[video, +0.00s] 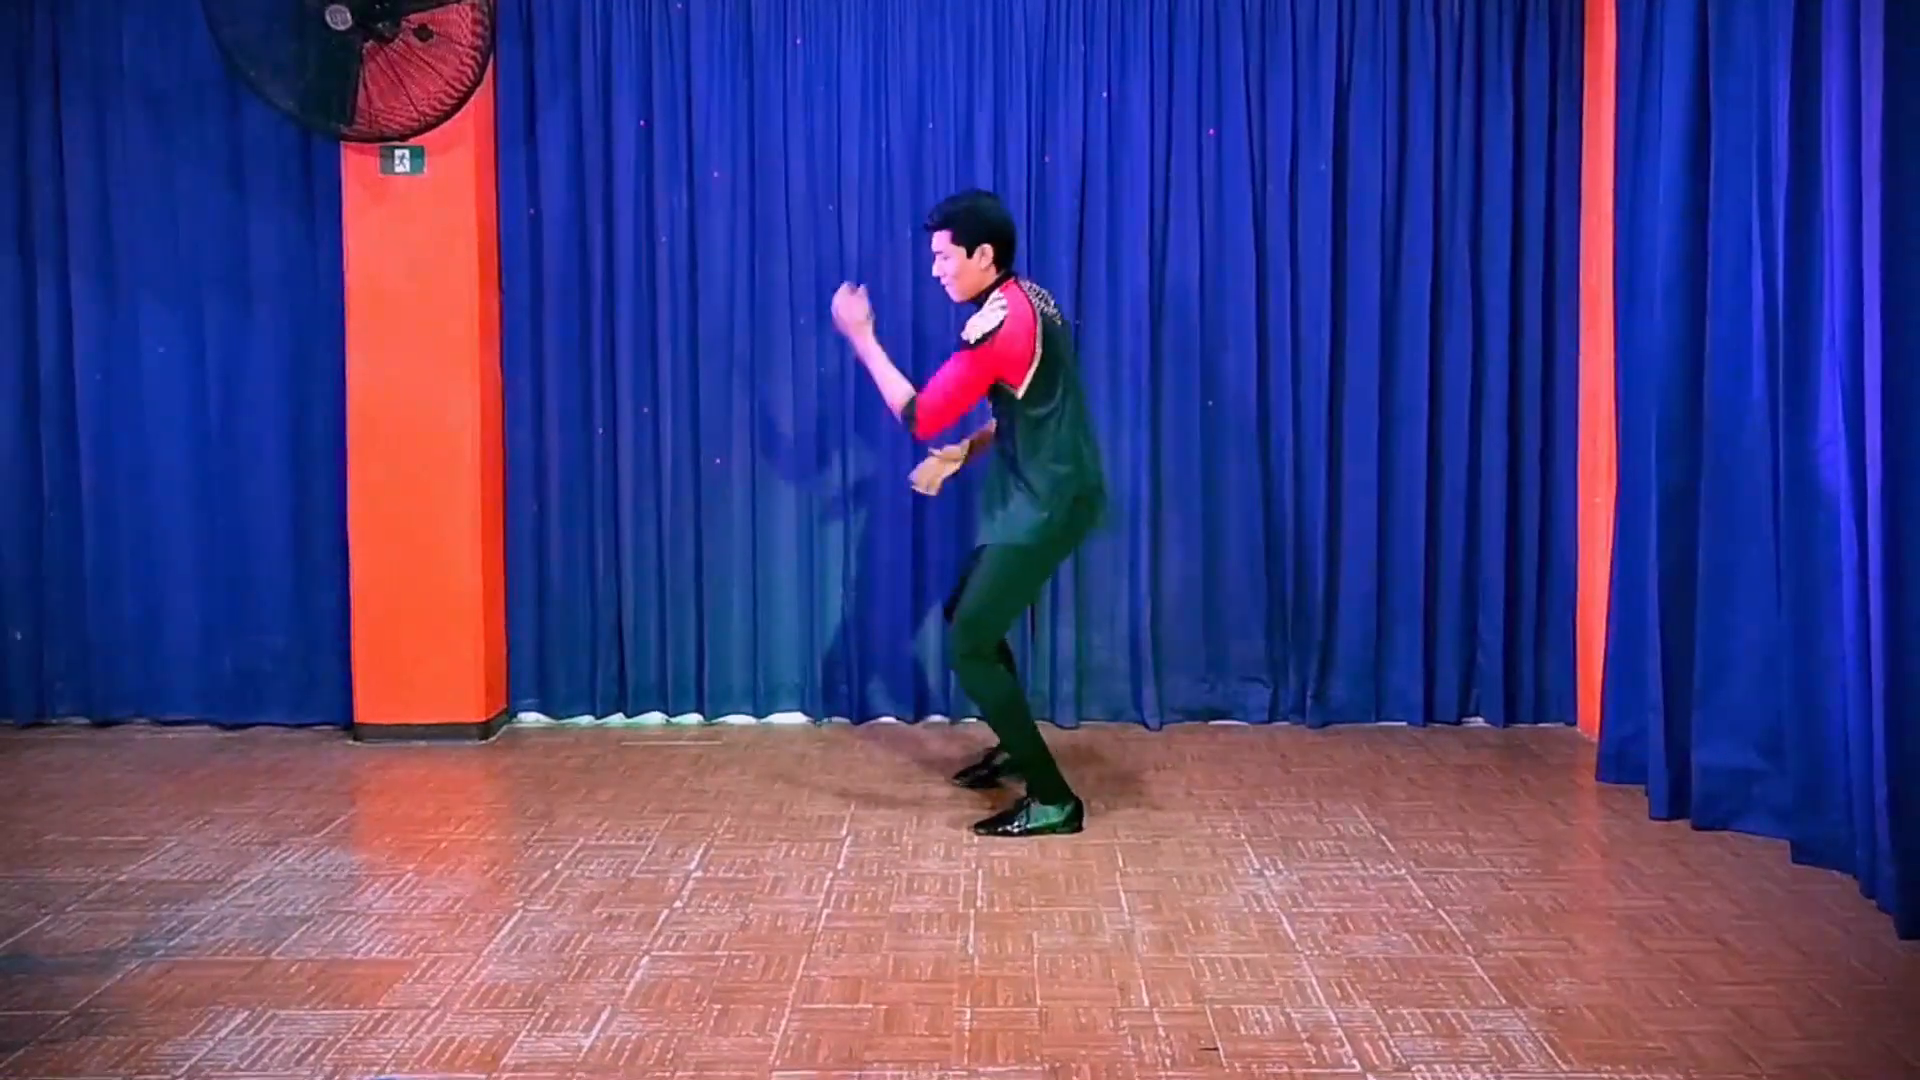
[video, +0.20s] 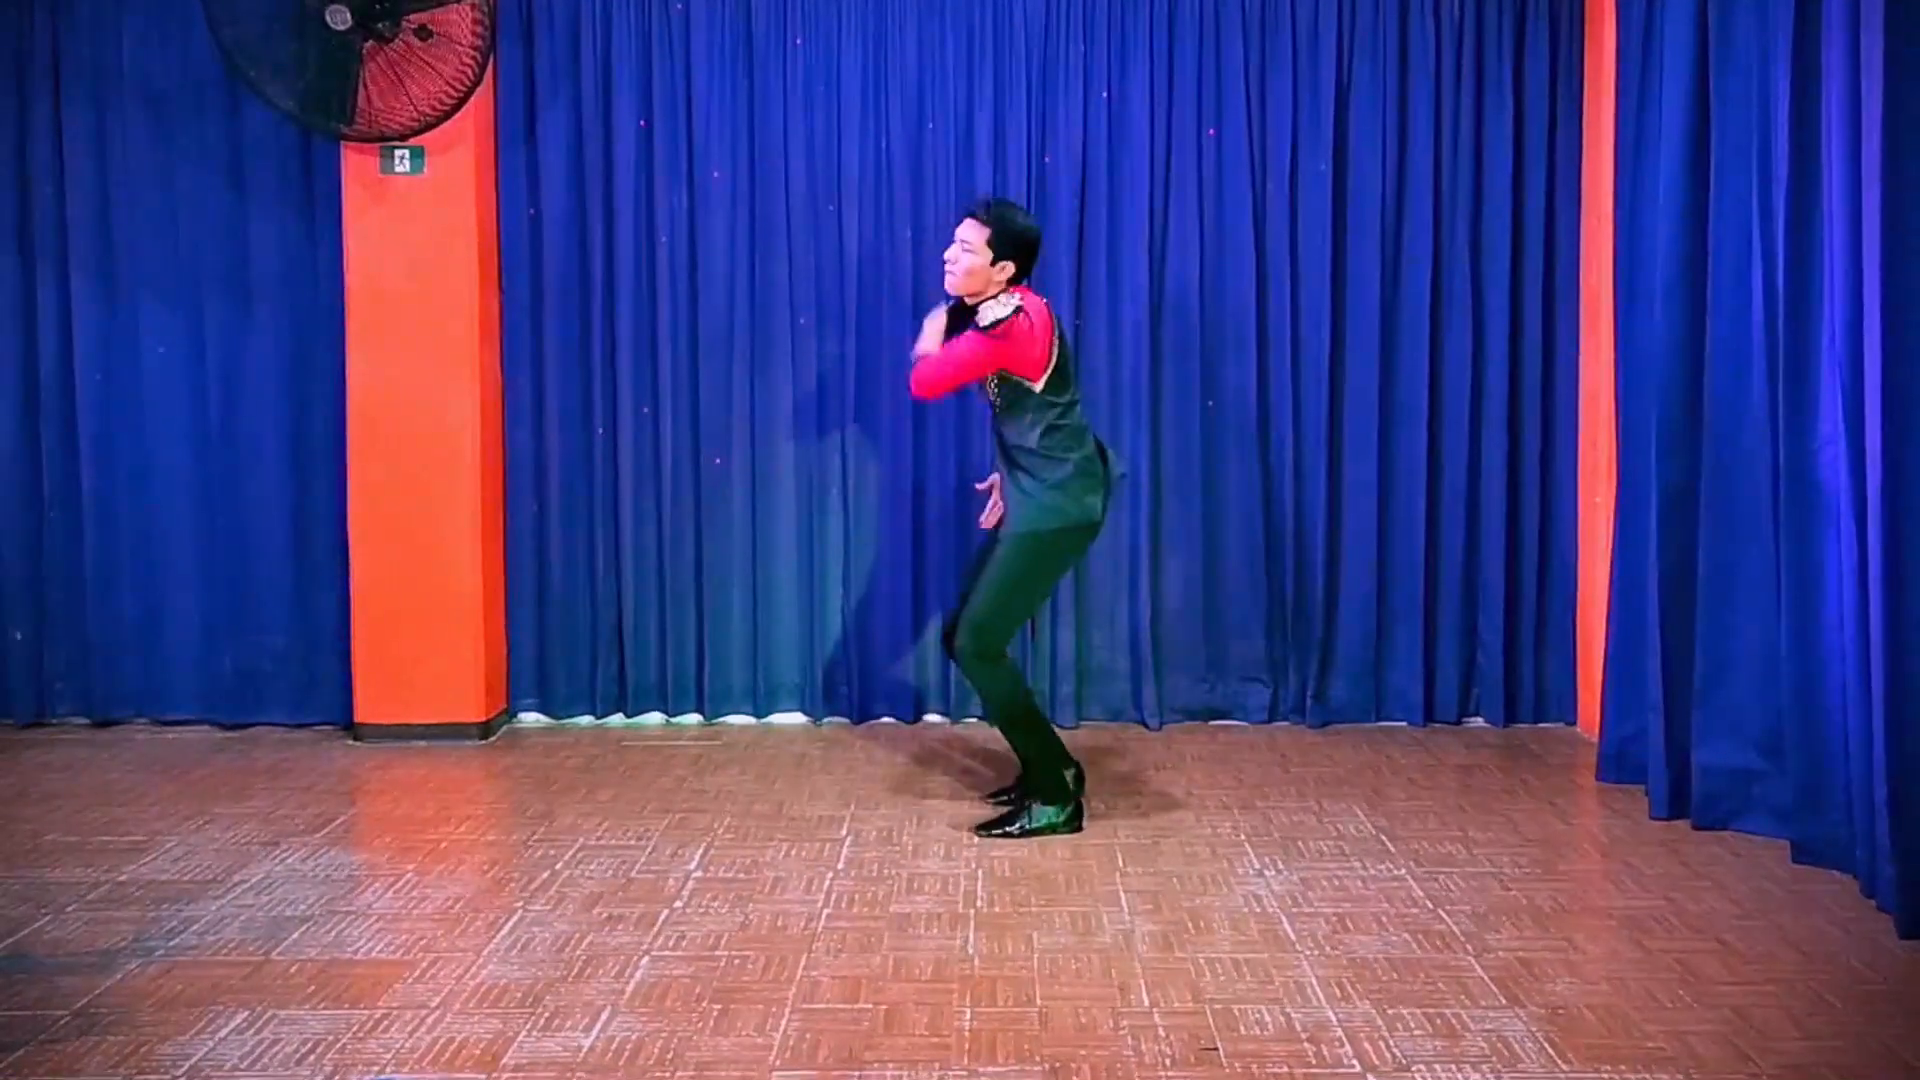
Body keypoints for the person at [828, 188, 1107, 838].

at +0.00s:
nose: (936, 268)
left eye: (946, 255)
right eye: (935, 255)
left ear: (987, 257)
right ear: (984, 259)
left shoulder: (1003, 325)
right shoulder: (1024, 300)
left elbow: (922, 419)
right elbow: (1026, 411)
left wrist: (861, 336)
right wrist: (962, 453)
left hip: (1053, 500)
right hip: (1041, 488)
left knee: (970, 642)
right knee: (964, 614)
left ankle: (1053, 800)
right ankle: (1020, 745)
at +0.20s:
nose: (949, 257)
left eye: (966, 251)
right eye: (953, 243)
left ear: (1004, 272)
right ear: (978, 263)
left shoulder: (1018, 323)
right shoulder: (1002, 305)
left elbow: (925, 382)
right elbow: (1034, 403)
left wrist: (936, 328)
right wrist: (1012, 473)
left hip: (1061, 503)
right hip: (1035, 496)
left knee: (978, 642)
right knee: (964, 637)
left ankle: (1055, 795)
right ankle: (1045, 768)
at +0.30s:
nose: (926, 277)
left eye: (939, 263)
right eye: (929, 263)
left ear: (980, 273)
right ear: (978, 275)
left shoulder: (1002, 335)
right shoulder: (1007, 320)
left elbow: (973, 452)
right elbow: (1031, 439)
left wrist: (949, 409)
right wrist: (979, 486)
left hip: (1064, 510)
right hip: (1056, 503)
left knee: (972, 644)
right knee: (975, 638)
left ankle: (1056, 793)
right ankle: (1043, 775)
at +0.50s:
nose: (950, 360)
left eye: (943, 350)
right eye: (940, 357)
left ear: (955, 316)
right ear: (957, 312)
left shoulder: (1020, 331)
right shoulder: (1001, 326)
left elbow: (1093, 369)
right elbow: (1015, 388)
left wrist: (1076, 462)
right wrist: (996, 445)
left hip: (1065, 508)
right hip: (1044, 505)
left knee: (968, 636)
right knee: (977, 633)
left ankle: (1050, 788)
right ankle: (1051, 774)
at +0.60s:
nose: (948, 303)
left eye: (957, 283)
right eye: (936, 291)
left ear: (992, 268)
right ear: (929, 287)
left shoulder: (1043, 318)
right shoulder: (982, 336)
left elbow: (1137, 369)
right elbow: (984, 408)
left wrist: (1101, 467)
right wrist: (988, 463)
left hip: (1073, 497)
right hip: (1029, 496)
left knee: (984, 620)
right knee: (970, 634)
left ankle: (1049, 793)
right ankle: (1050, 772)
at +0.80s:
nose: (983, 271)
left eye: (997, 256)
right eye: (969, 260)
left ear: (1023, 266)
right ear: (955, 275)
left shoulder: (1067, 334)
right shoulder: (952, 355)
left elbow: (1134, 424)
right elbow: (921, 448)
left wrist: (1101, 507)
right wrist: (896, 537)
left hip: (1081, 496)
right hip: (1020, 498)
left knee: (1019, 630)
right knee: (967, 656)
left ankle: (1042, 828)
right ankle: (1056, 770)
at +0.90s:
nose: (979, 277)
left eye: (992, 262)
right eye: (965, 265)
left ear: (1016, 266)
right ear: (948, 273)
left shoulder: (1052, 330)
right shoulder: (948, 348)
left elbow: (1159, 381)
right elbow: (933, 445)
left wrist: (1103, 468)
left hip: (1065, 507)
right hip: (999, 515)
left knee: (1027, 635)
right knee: (965, 657)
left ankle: (1044, 828)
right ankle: (1056, 769)